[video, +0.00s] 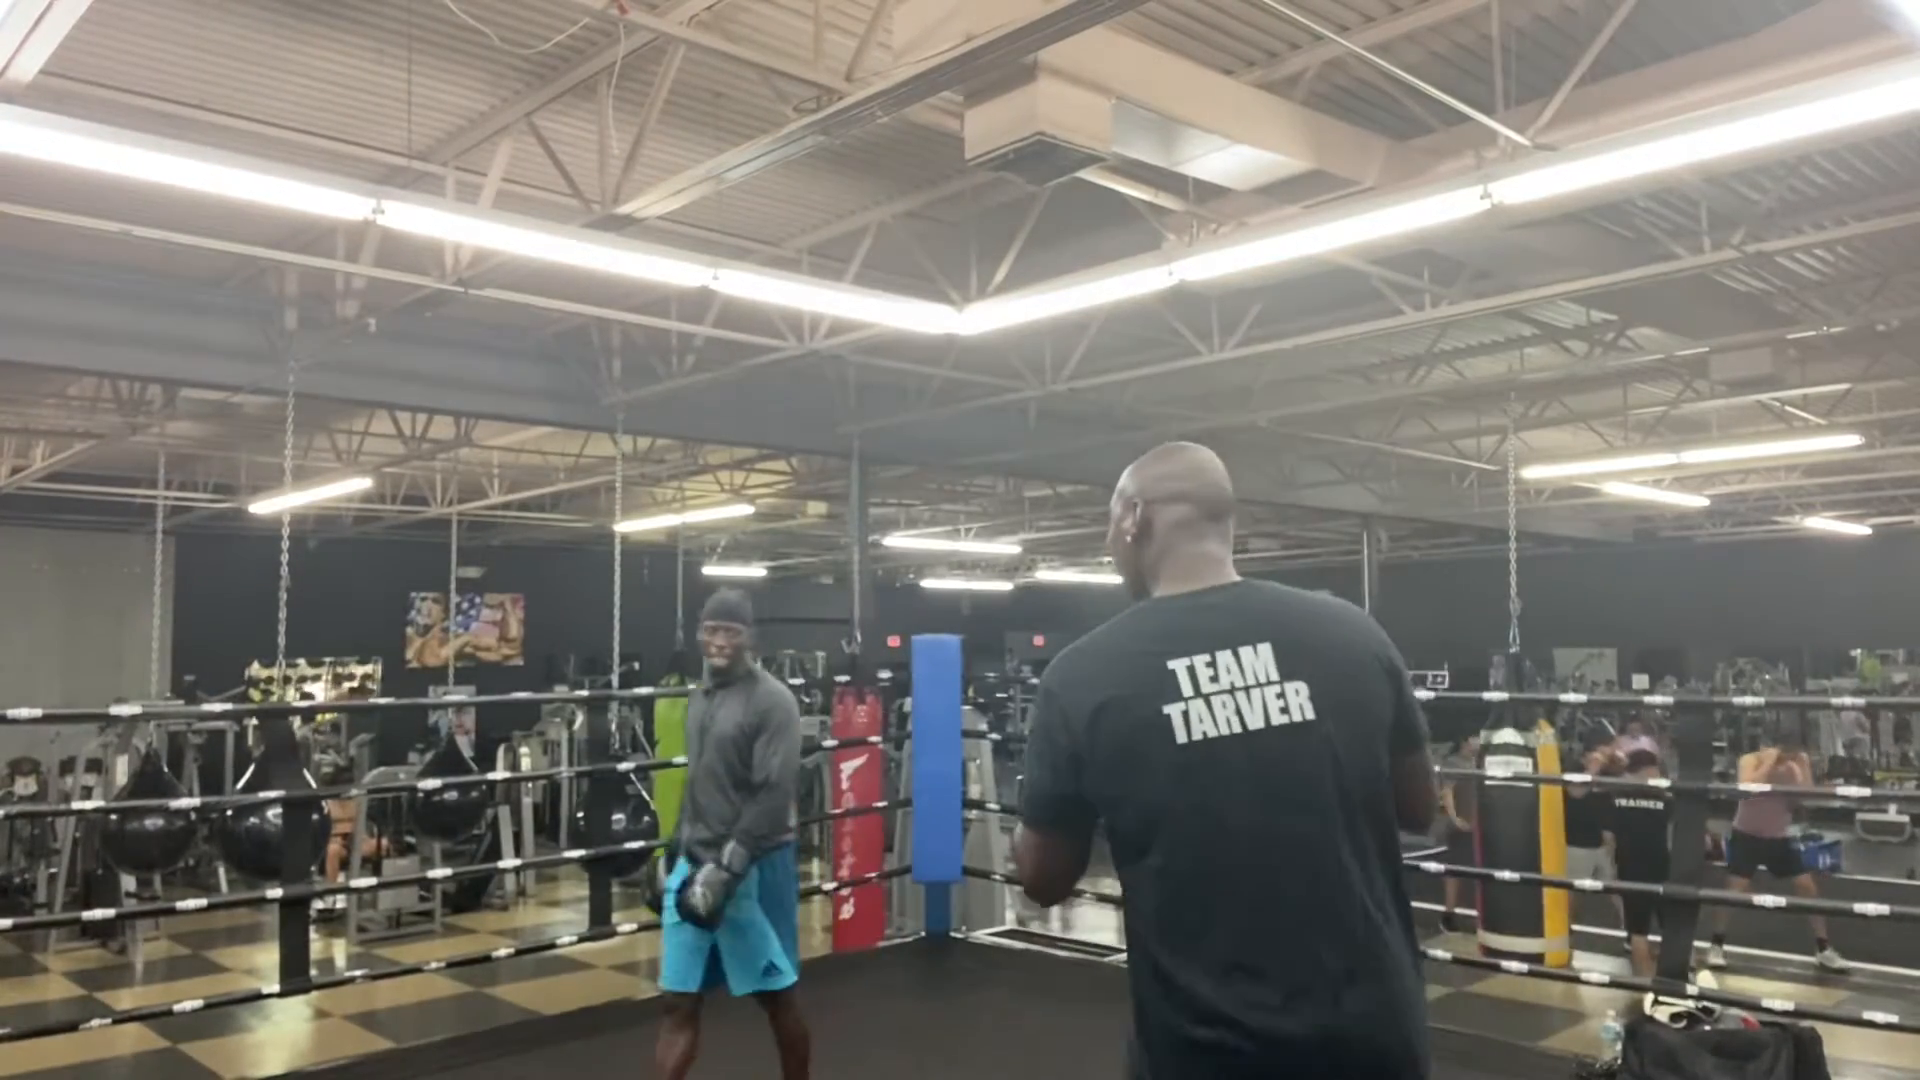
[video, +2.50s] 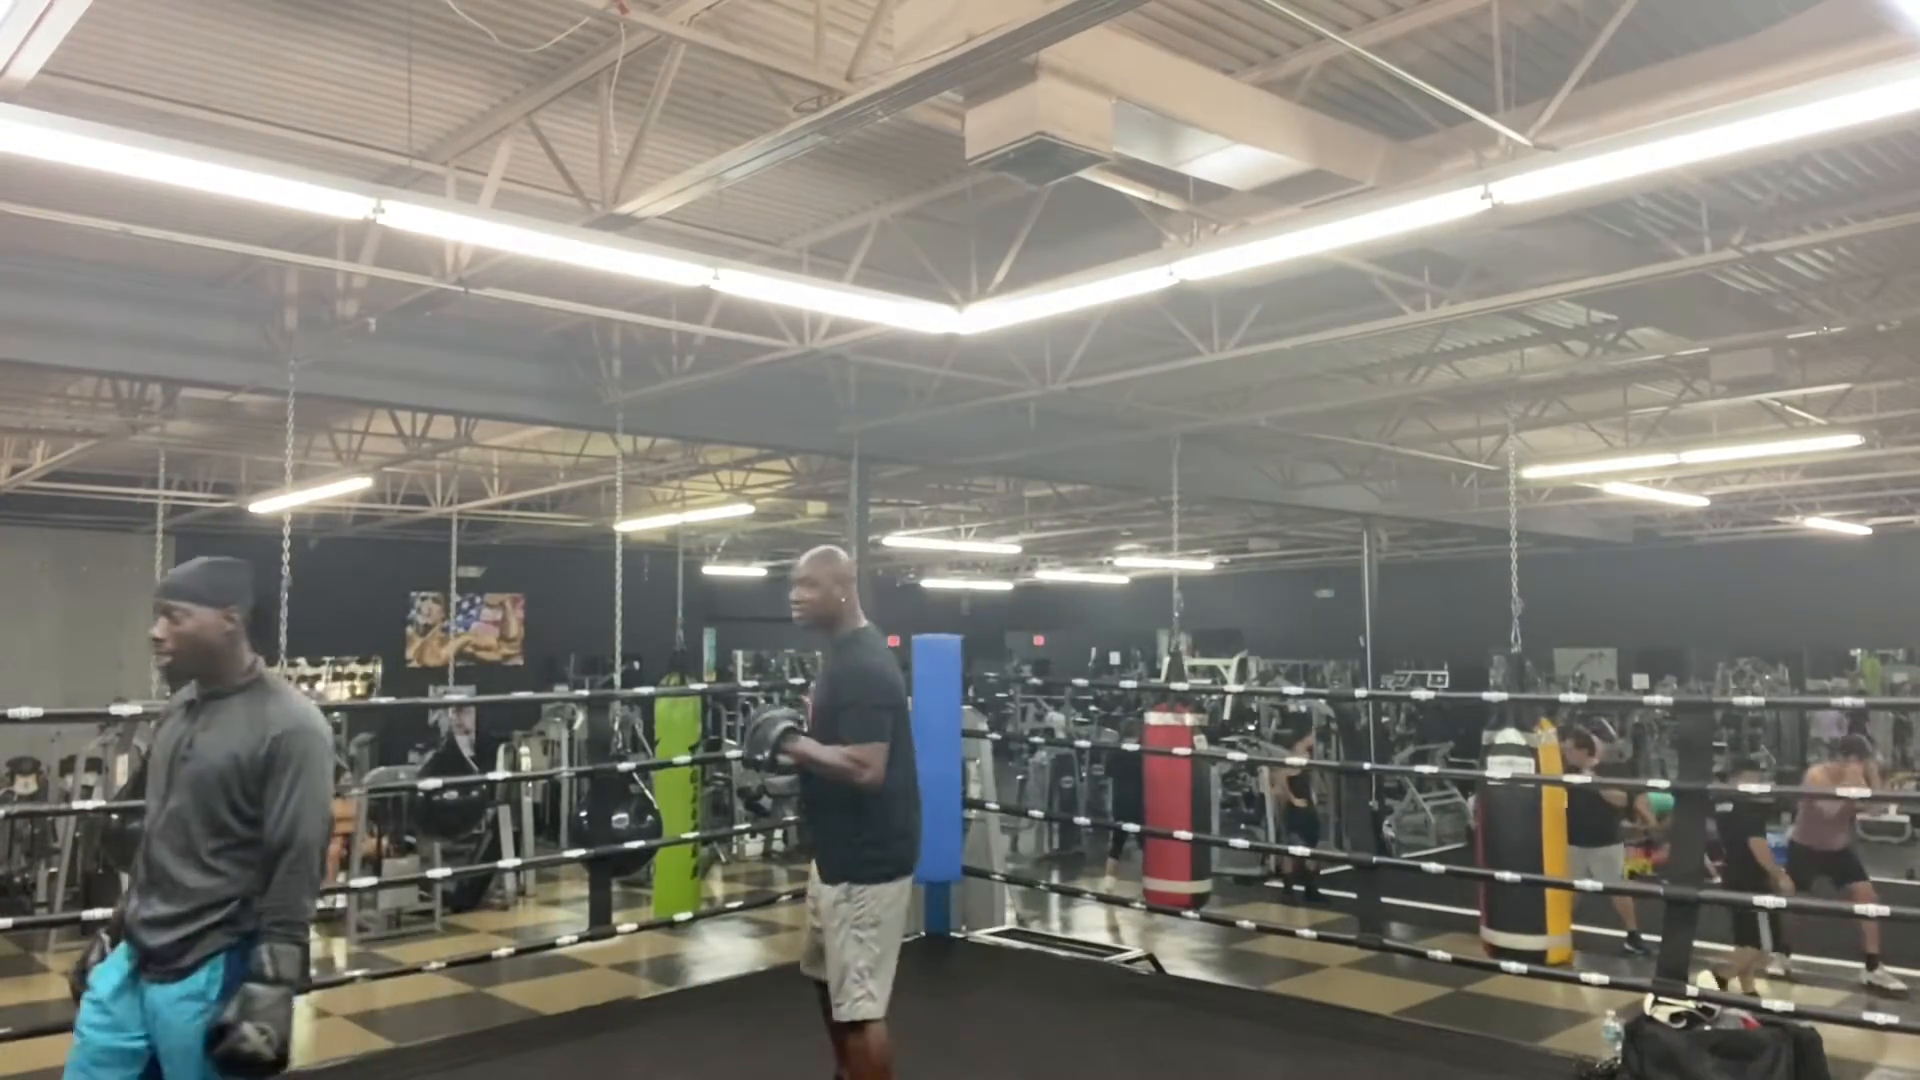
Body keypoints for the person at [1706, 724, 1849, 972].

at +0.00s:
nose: (1786, 749)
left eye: (1791, 745)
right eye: (1782, 744)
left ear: (1796, 743)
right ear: (1772, 741)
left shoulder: (1799, 761)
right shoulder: (1750, 760)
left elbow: (1806, 794)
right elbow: (1747, 788)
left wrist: (1795, 770)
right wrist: (1770, 762)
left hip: (1779, 839)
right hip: (1746, 837)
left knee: (1808, 888)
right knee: (1735, 891)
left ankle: (1823, 948)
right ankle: (1716, 944)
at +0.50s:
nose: (1766, 759)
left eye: (1770, 756)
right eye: (1762, 754)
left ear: (1776, 756)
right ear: (1751, 750)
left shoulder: (1775, 767)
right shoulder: (1735, 762)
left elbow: (1790, 792)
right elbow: (1730, 786)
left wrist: (1785, 767)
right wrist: (1750, 765)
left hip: (1769, 838)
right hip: (1736, 836)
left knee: (1794, 890)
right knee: (1728, 893)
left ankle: (1807, 955)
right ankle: (1716, 945)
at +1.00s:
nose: (1770, 762)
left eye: (1775, 757)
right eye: (1765, 756)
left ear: (1781, 755)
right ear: (1756, 752)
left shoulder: (1788, 769)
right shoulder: (1740, 768)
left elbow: (1800, 807)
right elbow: (1742, 804)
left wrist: (1786, 784)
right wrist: (1762, 778)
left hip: (1772, 843)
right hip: (1738, 842)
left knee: (1799, 893)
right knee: (1729, 896)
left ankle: (1807, 956)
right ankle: (1721, 947)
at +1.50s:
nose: (1763, 760)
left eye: (1767, 754)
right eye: (1757, 754)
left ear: (1774, 752)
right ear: (1748, 753)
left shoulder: (1786, 768)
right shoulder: (1738, 773)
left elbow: (1806, 806)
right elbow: (1735, 807)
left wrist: (1785, 782)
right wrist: (1757, 782)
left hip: (1782, 847)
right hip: (1744, 847)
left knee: (1819, 894)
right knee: (1733, 898)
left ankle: (1838, 957)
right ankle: (1721, 946)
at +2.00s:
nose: (1871, 783)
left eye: (1871, 779)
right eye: (1869, 779)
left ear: (1841, 769)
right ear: (1861, 775)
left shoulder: (1811, 783)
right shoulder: (1850, 785)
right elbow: (1883, 792)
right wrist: (1913, 788)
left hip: (1817, 862)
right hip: (1799, 863)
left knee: (1860, 902)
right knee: (1822, 927)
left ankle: (1872, 966)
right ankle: (1768, 947)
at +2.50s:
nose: (1855, 767)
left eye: (1860, 763)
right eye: (1853, 762)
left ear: (1863, 763)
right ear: (1842, 758)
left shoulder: (1859, 780)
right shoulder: (1816, 775)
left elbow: (1877, 808)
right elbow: (1828, 813)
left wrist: (1873, 776)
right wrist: (1849, 786)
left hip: (1839, 852)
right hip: (1804, 850)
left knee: (1866, 898)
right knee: (1789, 905)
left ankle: (1873, 967)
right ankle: (1780, 955)